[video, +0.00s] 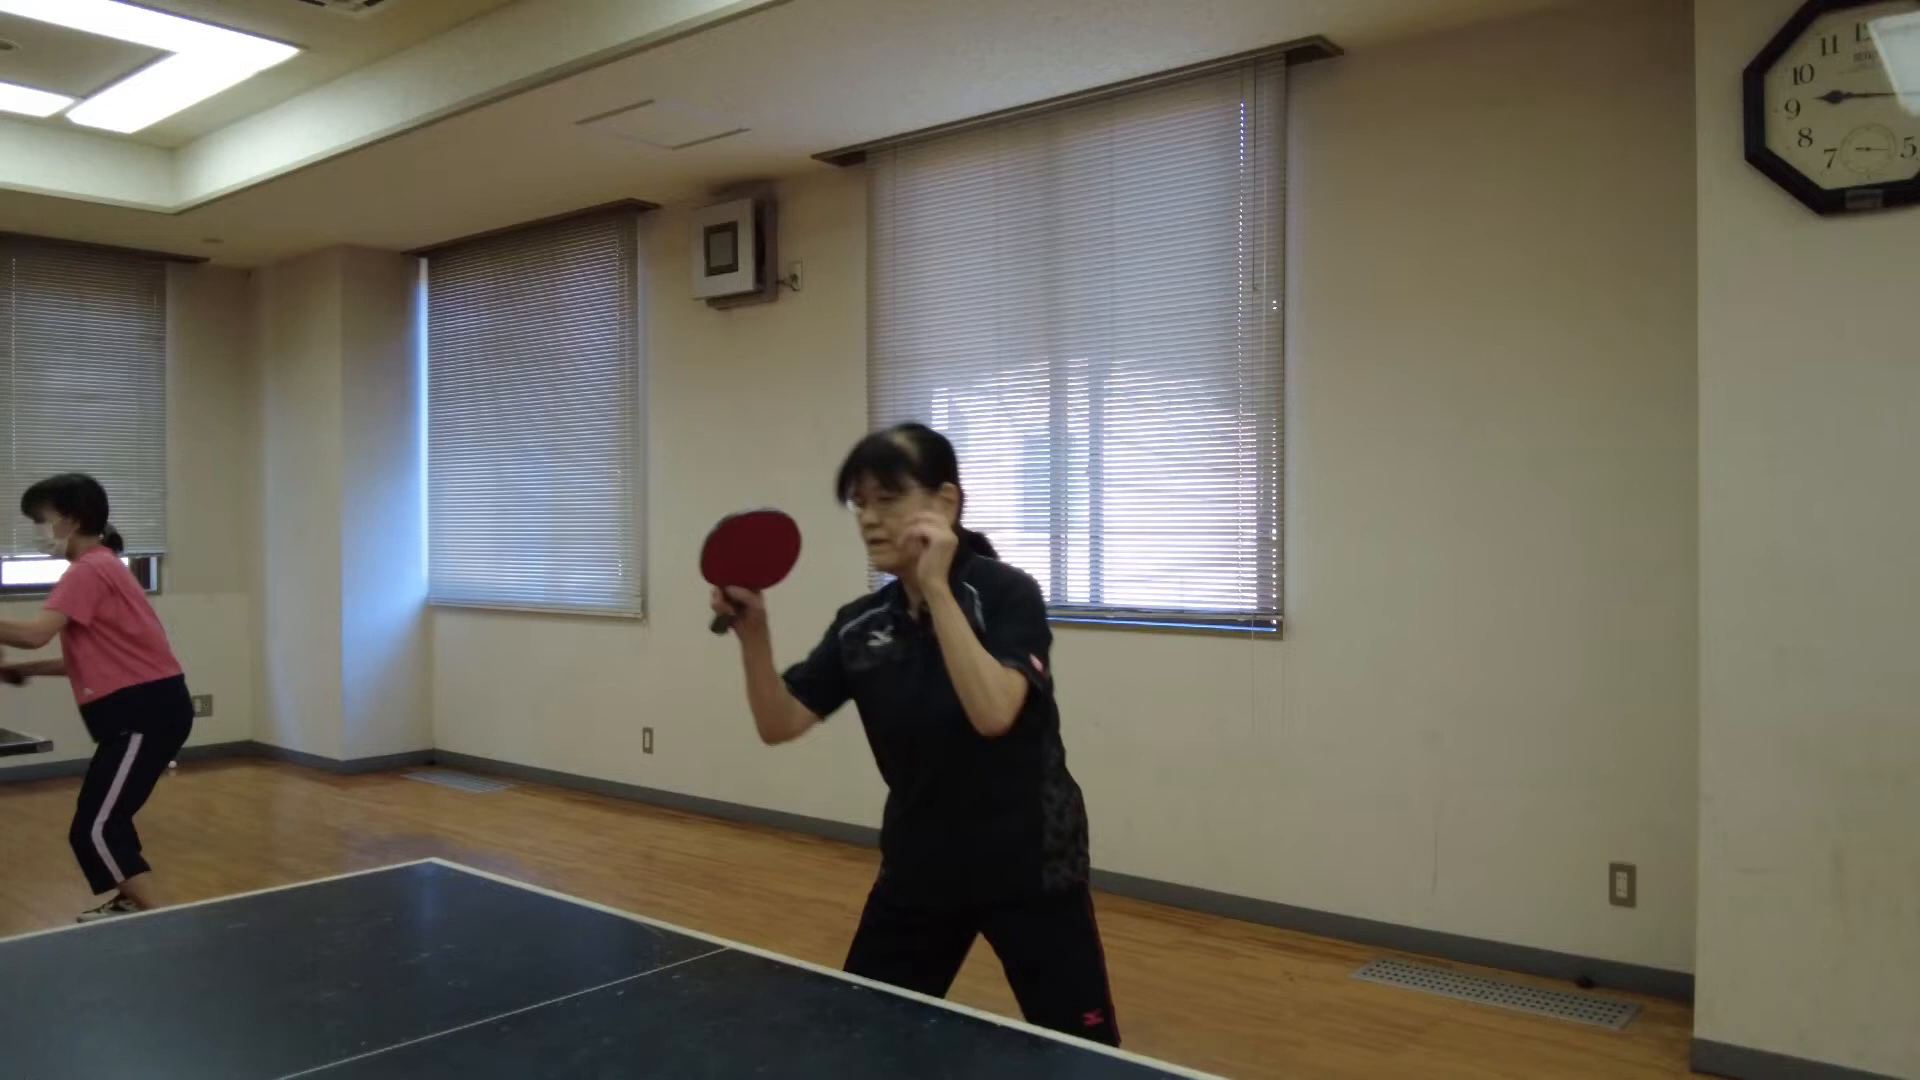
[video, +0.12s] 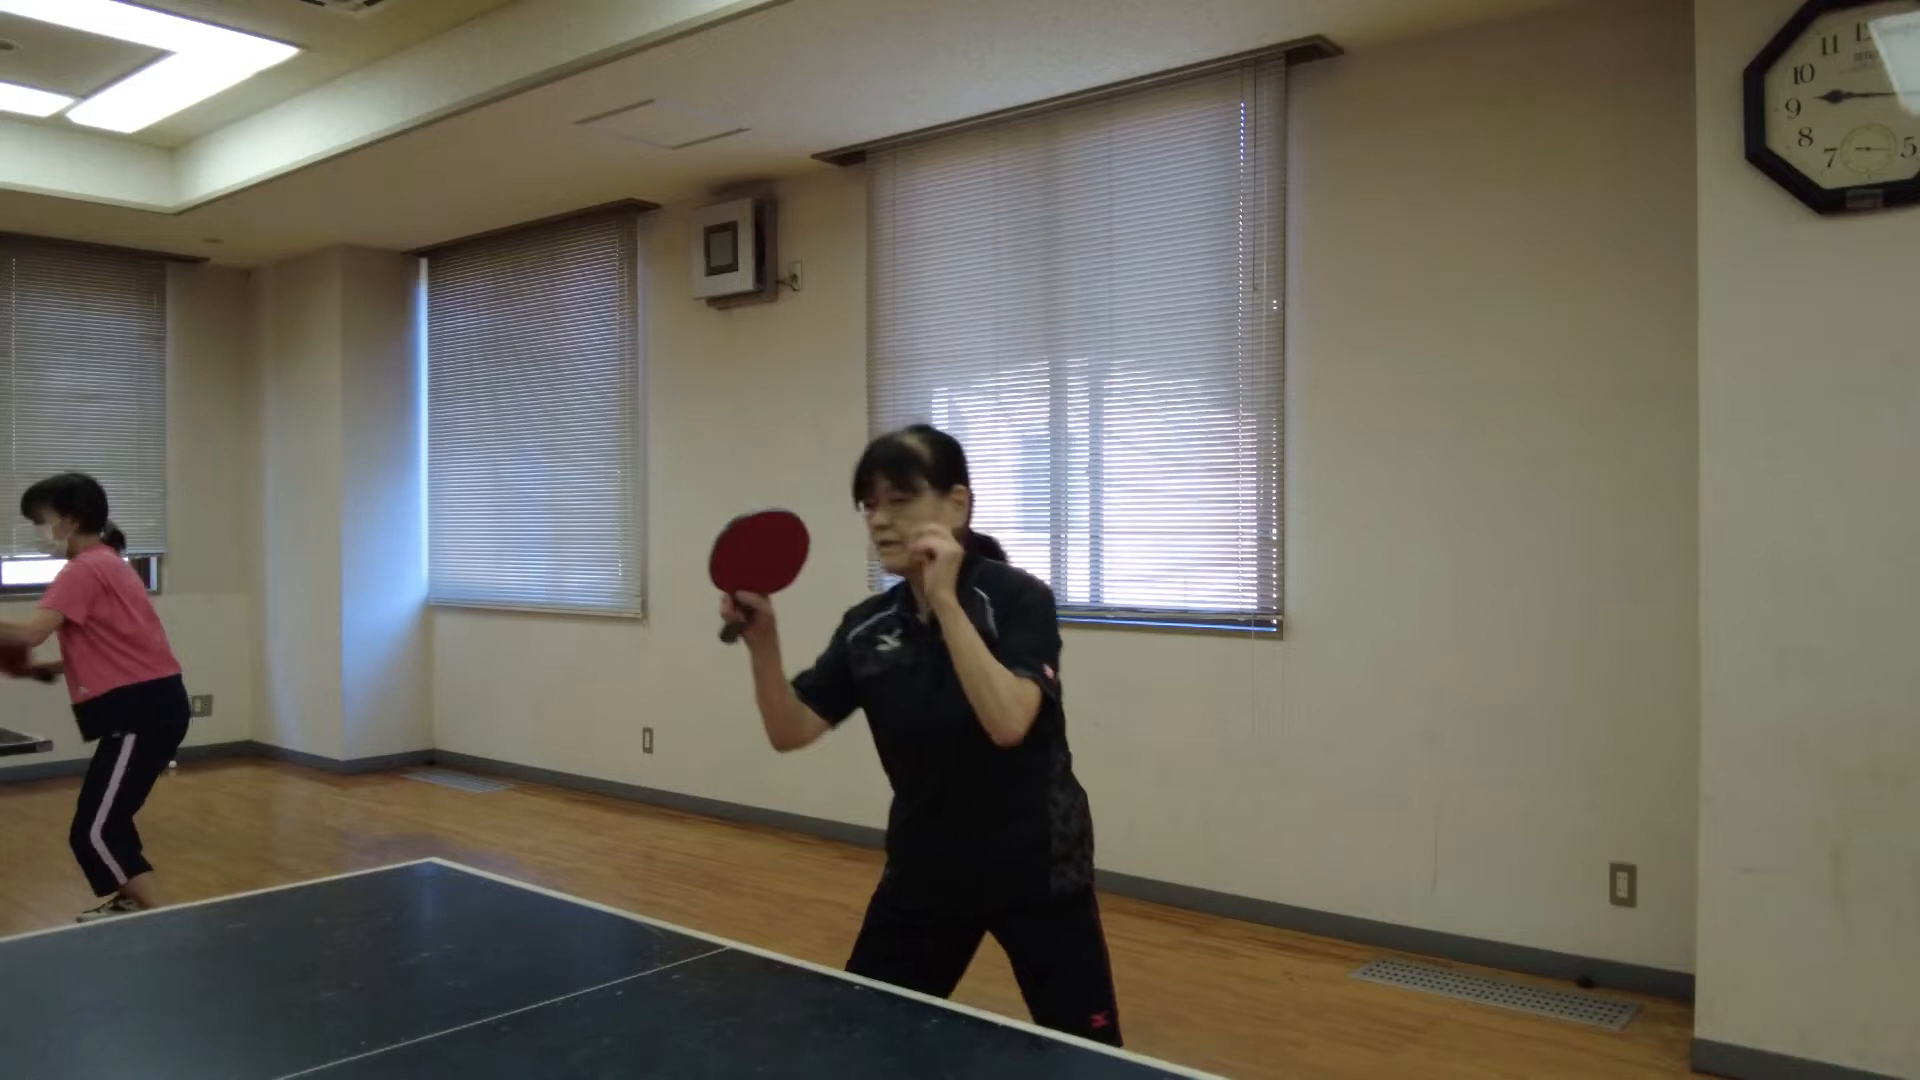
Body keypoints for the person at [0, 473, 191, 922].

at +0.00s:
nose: (44, 532)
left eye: (49, 521)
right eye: (42, 523)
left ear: (75, 519)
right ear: (77, 521)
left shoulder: (90, 568)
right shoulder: (100, 568)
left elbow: (35, 634)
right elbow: (90, 659)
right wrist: (28, 670)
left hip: (148, 712)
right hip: (135, 711)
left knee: (97, 826)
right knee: (98, 819)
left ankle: (161, 917)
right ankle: (133, 900)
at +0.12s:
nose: (46, 534)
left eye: (49, 522)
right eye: (44, 524)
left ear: (73, 519)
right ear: (80, 520)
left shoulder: (86, 567)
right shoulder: (107, 564)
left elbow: (32, 632)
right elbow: (105, 648)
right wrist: (44, 668)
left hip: (144, 710)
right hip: (144, 706)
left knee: (96, 829)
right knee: (98, 820)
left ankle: (165, 918)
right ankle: (131, 900)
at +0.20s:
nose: (44, 535)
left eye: (46, 523)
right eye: (42, 525)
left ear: (68, 518)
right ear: (89, 515)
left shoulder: (75, 565)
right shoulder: (123, 559)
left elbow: (18, 620)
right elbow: (83, 636)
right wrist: (44, 616)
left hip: (130, 706)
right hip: (160, 698)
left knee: (110, 831)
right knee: (112, 810)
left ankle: (166, 921)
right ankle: (129, 901)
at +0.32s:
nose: (43, 534)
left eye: (42, 523)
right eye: (39, 526)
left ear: (62, 515)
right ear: (85, 511)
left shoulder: (81, 553)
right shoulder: (118, 550)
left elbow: (8, 583)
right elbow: (86, 622)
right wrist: (24, 616)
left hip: (147, 694)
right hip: (170, 689)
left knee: (127, 824)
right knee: (139, 812)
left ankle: (168, 919)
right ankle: (136, 897)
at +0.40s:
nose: (38, 537)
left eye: (39, 525)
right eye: (35, 528)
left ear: (60, 519)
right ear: (81, 516)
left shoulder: (88, 555)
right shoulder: (98, 560)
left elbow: (10, 570)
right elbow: (55, 631)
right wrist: (1, 623)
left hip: (163, 694)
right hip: (157, 694)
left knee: (138, 822)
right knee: (137, 816)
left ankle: (159, 913)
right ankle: (141, 898)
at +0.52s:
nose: (39, 534)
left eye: (40, 522)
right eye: (35, 525)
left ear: (65, 517)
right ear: (72, 519)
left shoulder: (97, 562)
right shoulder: (77, 589)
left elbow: (15, 584)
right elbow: (38, 646)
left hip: (174, 697)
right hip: (149, 705)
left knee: (151, 808)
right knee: (118, 799)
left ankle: (172, 912)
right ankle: (140, 894)